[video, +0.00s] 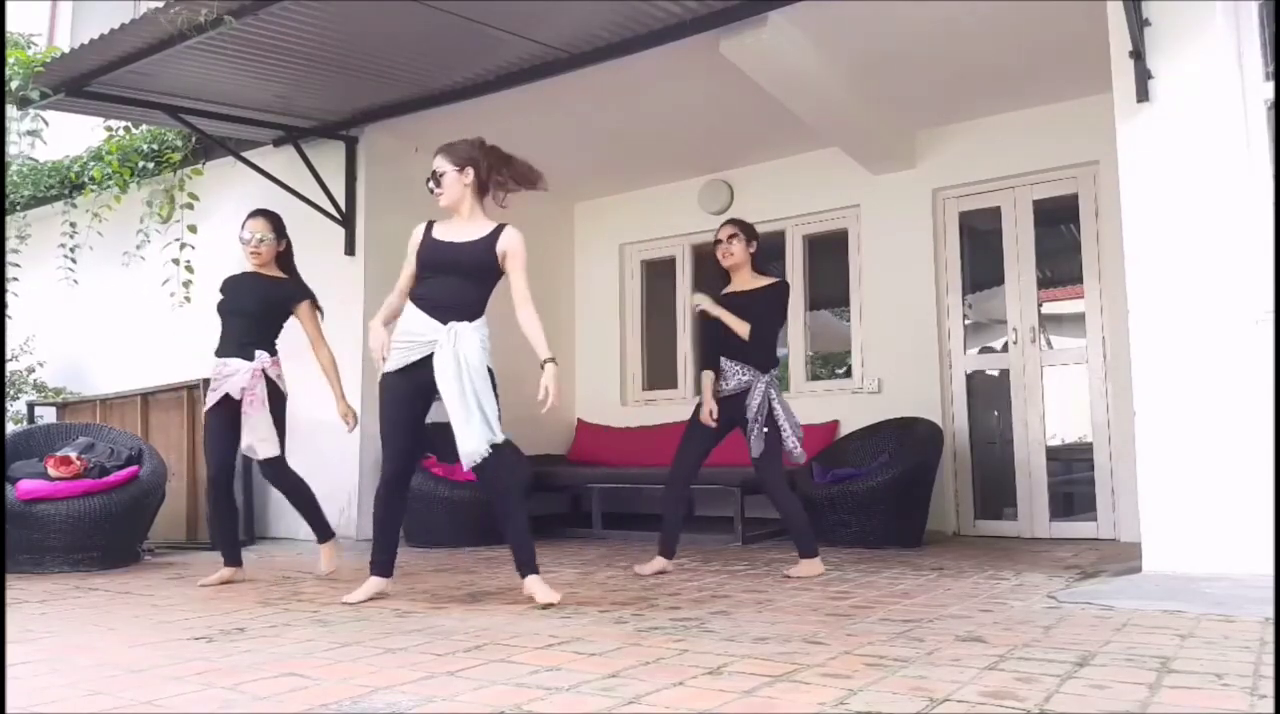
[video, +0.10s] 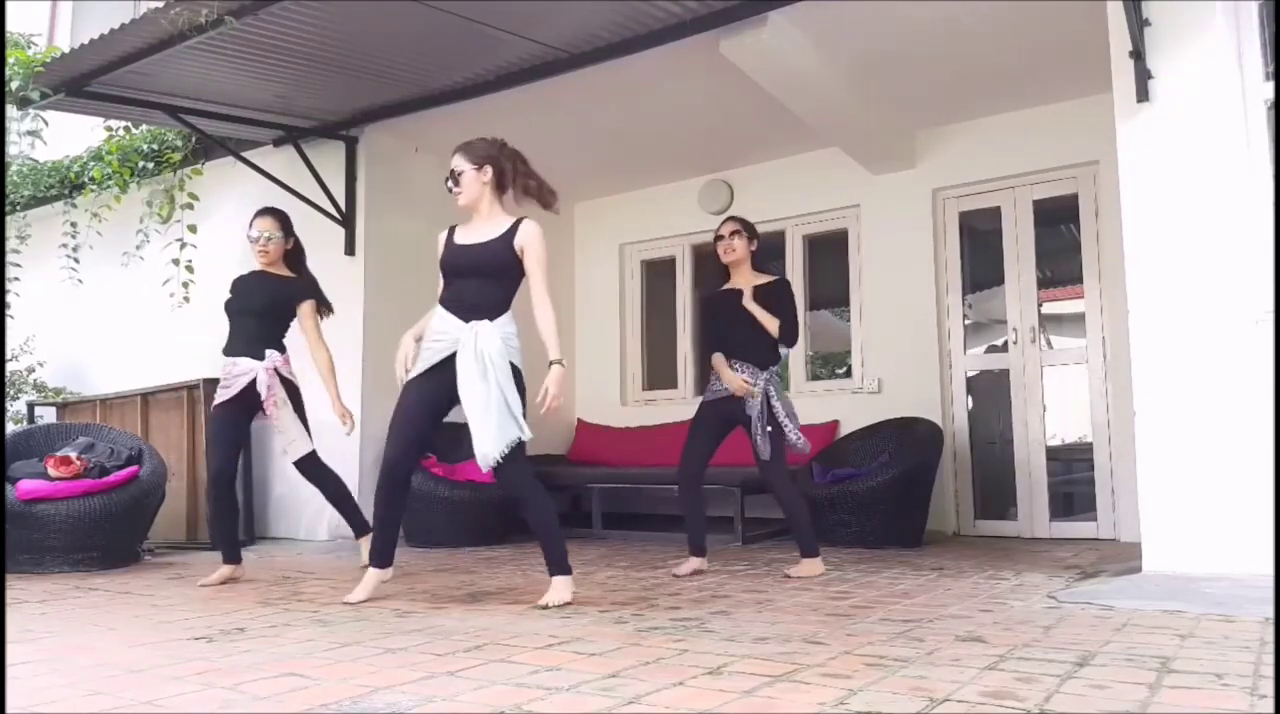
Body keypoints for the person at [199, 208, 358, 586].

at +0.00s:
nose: (254, 246)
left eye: (263, 239)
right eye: (248, 239)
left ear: (281, 244)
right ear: (240, 242)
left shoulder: (291, 288)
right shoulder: (231, 284)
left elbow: (319, 345)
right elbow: (230, 334)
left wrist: (341, 399)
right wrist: (225, 377)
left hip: (264, 383)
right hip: (224, 382)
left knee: (273, 468)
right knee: (218, 473)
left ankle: (327, 540)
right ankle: (231, 563)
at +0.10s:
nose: (261, 245)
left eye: (269, 238)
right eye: (255, 238)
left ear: (288, 242)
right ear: (248, 241)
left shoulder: (298, 284)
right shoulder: (241, 283)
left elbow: (316, 345)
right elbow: (240, 334)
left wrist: (336, 399)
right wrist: (236, 373)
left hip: (274, 380)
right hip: (234, 380)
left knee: (307, 463)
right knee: (219, 473)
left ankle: (365, 534)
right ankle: (230, 562)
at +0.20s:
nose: (271, 244)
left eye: (280, 237)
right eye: (266, 237)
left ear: (298, 241)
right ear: (258, 241)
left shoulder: (308, 283)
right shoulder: (257, 284)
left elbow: (308, 343)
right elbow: (259, 339)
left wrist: (303, 396)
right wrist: (247, 388)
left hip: (297, 379)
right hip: (257, 381)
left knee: (332, 461)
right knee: (223, 466)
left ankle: (375, 544)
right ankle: (228, 558)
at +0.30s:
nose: (284, 249)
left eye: (292, 242)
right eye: (278, 243)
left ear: (309, 247)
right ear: (271, 248)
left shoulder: (322, 281)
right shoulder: (271, 297)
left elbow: (314, 333)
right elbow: (266, 356)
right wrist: (251, 410)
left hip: (321, 384)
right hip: (281, 386)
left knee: (335, 470)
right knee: (237, 463)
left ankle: (366, 555)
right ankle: (211, 555)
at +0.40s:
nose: (295, 258)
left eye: (303, 251)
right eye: (288, 253)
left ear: (319, 253)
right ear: (281, 258)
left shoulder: (341, 289)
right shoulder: (284, 303)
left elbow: (311, 327)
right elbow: (268, 363)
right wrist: (236, 404)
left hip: (328, 394)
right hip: (281, 393)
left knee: (340, 477)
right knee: (240, 471)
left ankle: (354, 561)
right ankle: (215, 561)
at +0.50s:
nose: (302, 264)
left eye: (309, 256)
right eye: (294, 259)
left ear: (324, 259)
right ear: (287, 264)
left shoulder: (349, 301)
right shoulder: (283, 301)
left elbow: (318, 317)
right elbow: (248, 359)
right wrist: (207, 385)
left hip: (324, 398)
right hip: (278, 395)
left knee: (349, 481)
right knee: (253, 483)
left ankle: (353, 561)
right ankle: (226, 555)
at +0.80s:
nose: (309, 258)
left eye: (317, 252)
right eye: (302, 252)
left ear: (329, 259)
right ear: (292, 256)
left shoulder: (333, 299)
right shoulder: (272, 292)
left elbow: (366, 308)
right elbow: (230, 323)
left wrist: (342, 274)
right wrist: (219, 344)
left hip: (312, 392)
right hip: (269, 389)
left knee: (355, 461)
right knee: (252, 479)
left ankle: (333, 553)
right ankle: (239, 563)